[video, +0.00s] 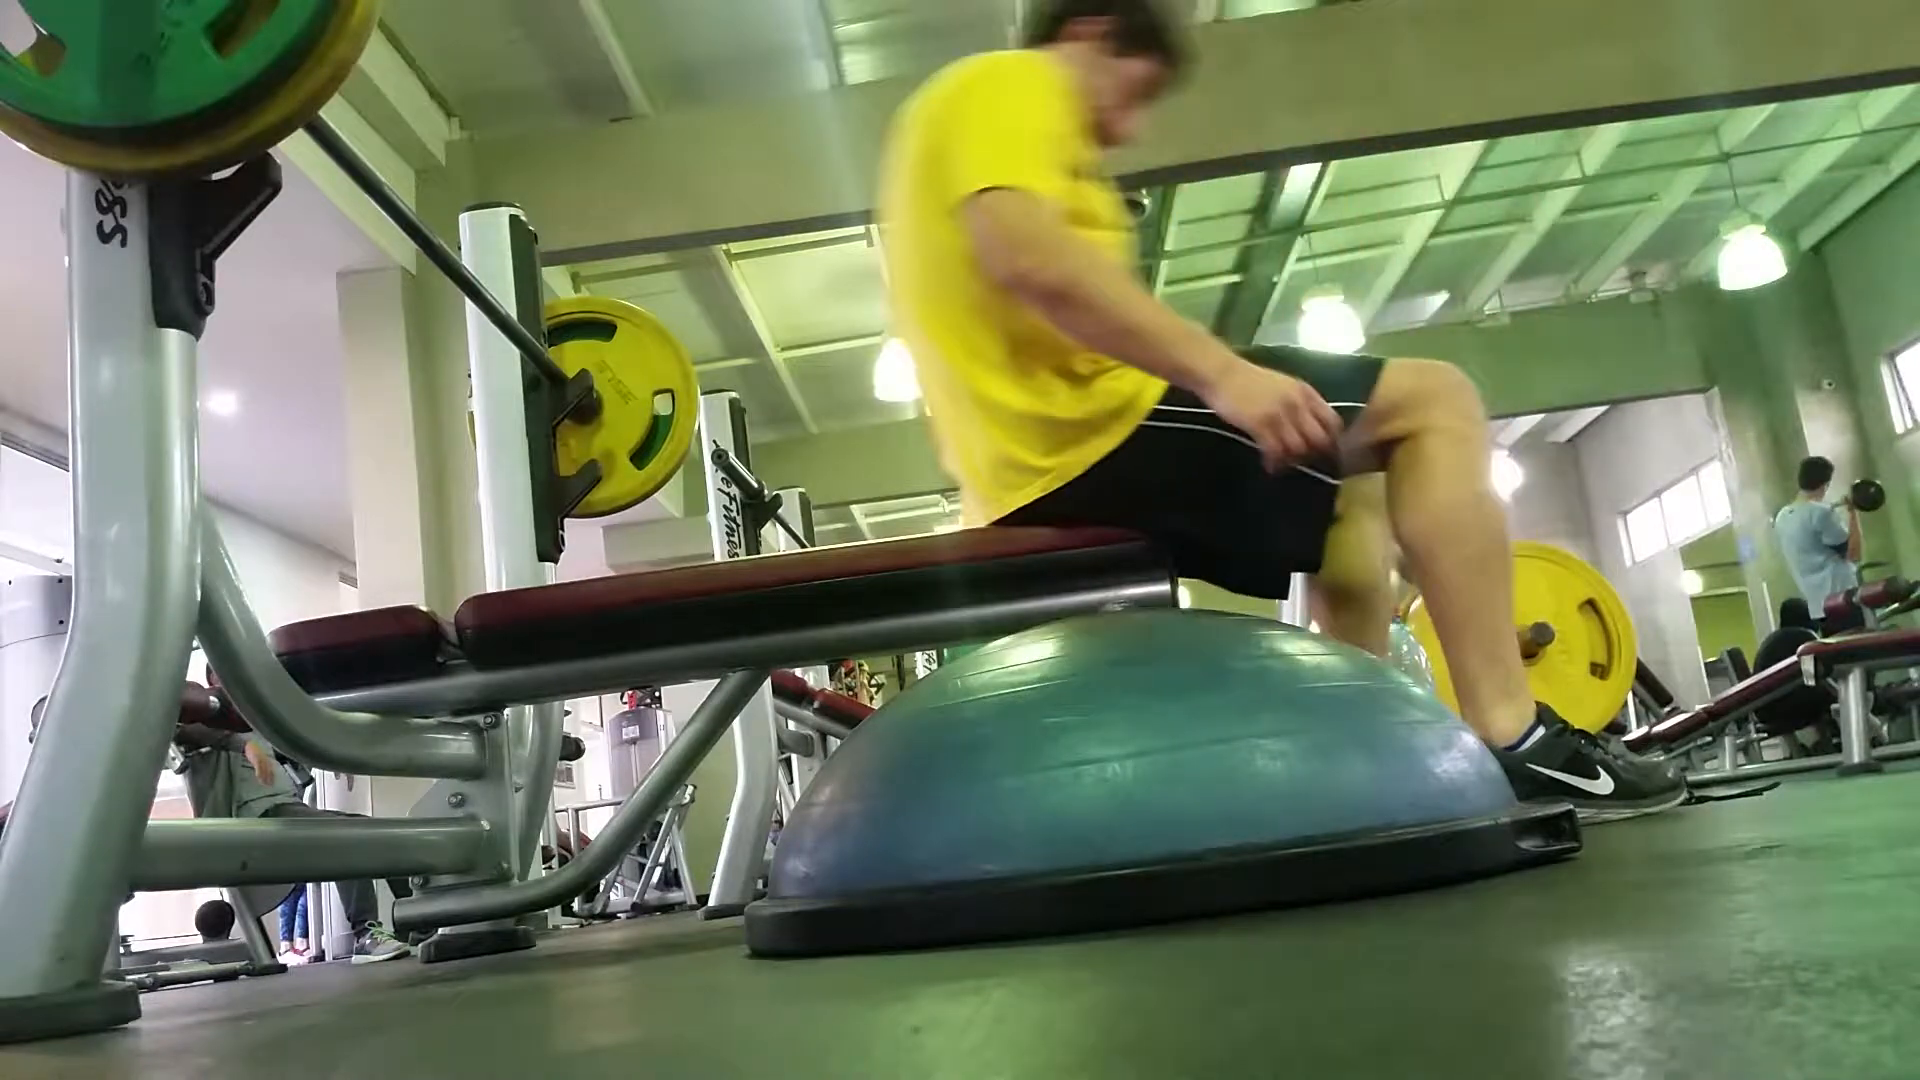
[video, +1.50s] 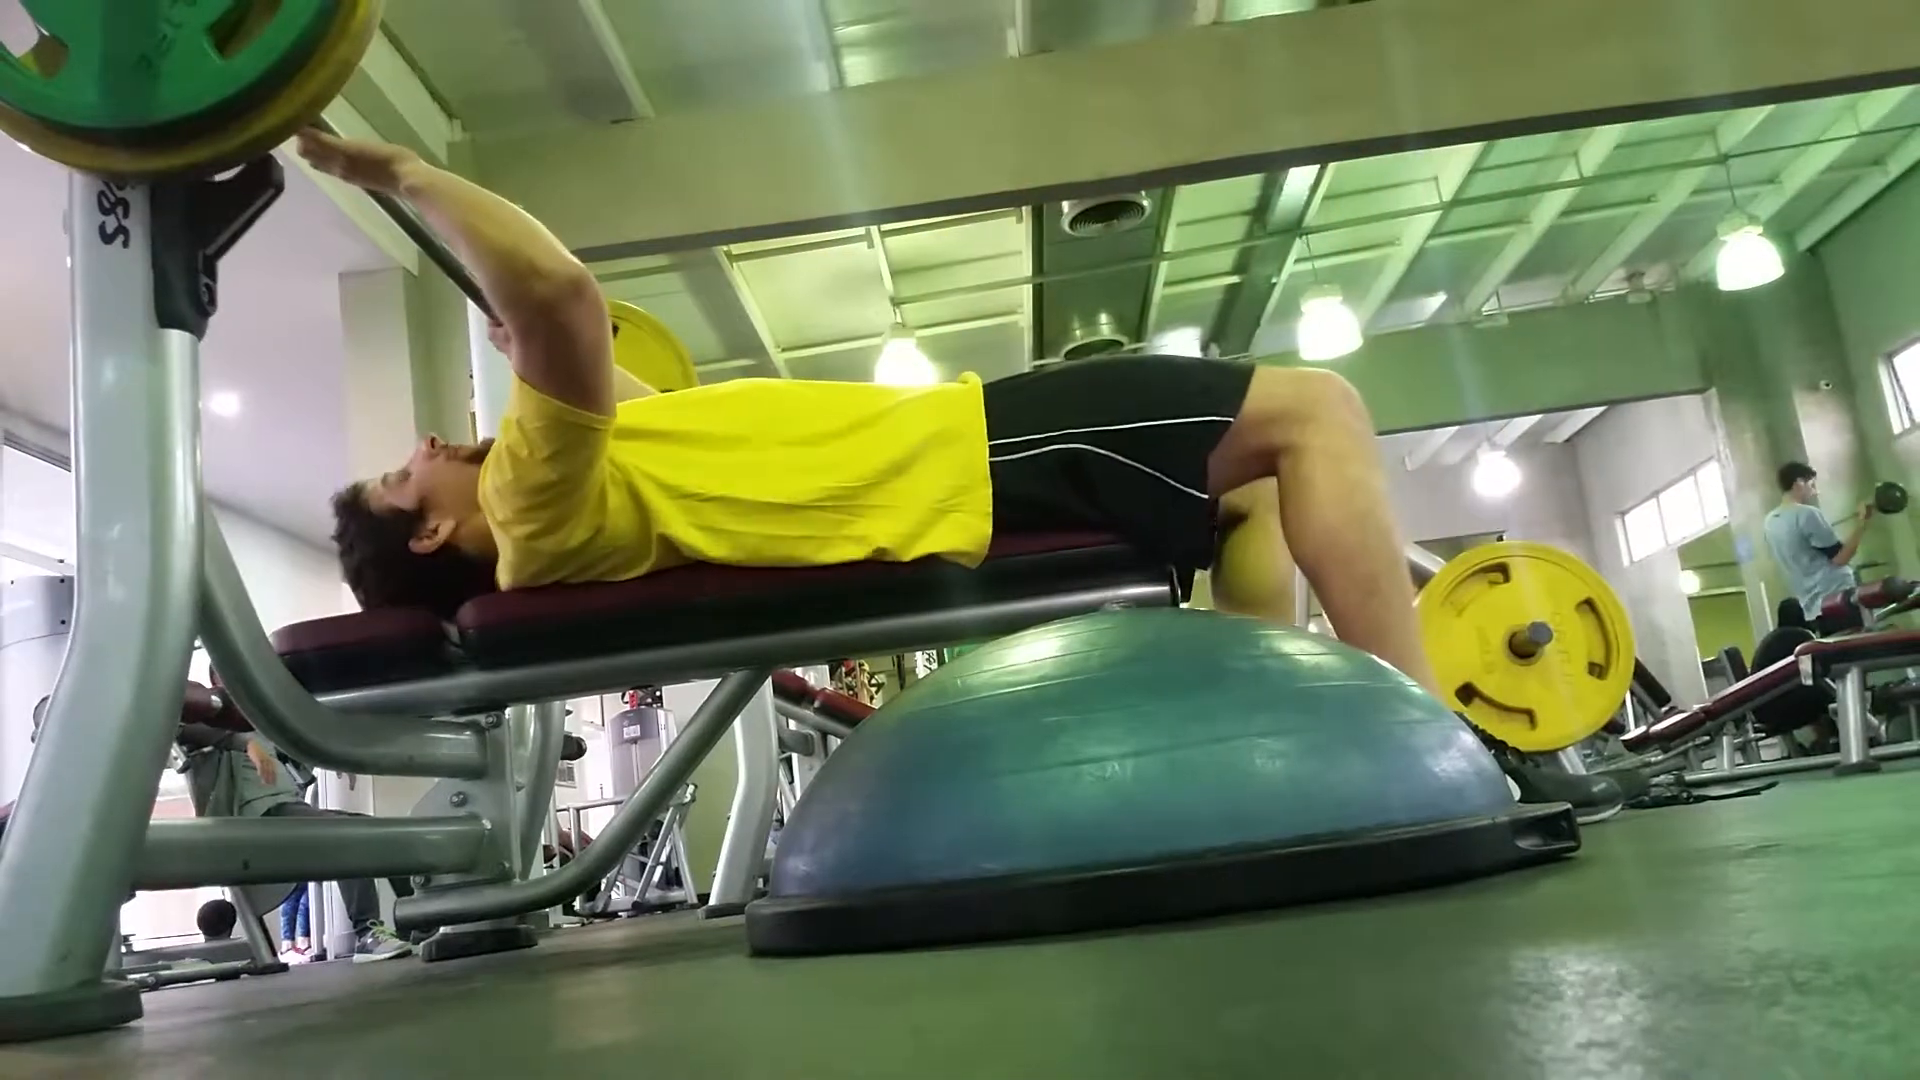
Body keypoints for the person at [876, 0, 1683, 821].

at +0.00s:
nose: (1130, 126)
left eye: (1143, 106)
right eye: (1137, 92)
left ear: (1079, 47)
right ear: (1093, 36)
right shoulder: (1010, 83)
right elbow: (1021, 249)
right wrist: (1223, 372)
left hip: (1042, 472)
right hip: (1087, 439)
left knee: (1364, 525)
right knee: (1437, 398)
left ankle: (1358, 778)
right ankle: (1510, 734)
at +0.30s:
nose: (823, 187)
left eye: (820, 168)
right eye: (808, 162)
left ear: (716, 160)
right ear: (740, 151)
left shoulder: (725, 271)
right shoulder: (710, 236)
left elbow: (903, 376)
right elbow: (882, 330)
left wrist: (1094, 346)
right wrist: (1107, 246)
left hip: (996, 489)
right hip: (1003, 458)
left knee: (1302, 514)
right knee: (1362, 386)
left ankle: (1366, 760)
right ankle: (1523, 693)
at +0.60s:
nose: (575, 339)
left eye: (553, 330)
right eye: (539, 343)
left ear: (505, 408)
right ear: (496, 410)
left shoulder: (601, 457)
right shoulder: (569, 455)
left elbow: (759, 409)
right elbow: (752, 391)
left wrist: (752, 293)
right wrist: (740, 229)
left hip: (972, 450)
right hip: (973, 437)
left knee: (1253, 412)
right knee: (1295, 316)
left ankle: (1340, 667)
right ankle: (1547, 541)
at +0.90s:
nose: (472, 380)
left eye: (449, 383)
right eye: (444, 406)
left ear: (457, 466)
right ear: (446, 485)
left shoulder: (569, 473)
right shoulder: (536, 490)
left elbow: (631, 343)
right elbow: (570, 300)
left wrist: (449, 228)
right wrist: (397, 200)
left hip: (950, 471)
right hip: (956, 450)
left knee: (1241, 490)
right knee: (1299, 399)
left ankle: (1259, 763)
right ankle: (1438, 734)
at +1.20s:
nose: (437, 421)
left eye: (415, 431)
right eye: (417, 449)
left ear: (451, 484)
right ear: (433, 527)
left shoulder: (565, 475)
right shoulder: (542, 509)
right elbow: (552, 299)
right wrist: (392, 167)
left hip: (949, 464)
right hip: (954, 451)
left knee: (1251, 500)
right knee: (1306, 408)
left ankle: (1247, 767)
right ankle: (1435, 749)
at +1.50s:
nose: (435, 441)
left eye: (412, 451)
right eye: (418, 467)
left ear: (447, 484)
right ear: (437, 536)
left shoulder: (565, 480)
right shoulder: (547, 521)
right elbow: (555, 297)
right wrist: (400, 171)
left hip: (957, 461)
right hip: (964, 455)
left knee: (1251, 488)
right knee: (1306, 408)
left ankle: (1259, 762)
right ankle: (1433, 748)